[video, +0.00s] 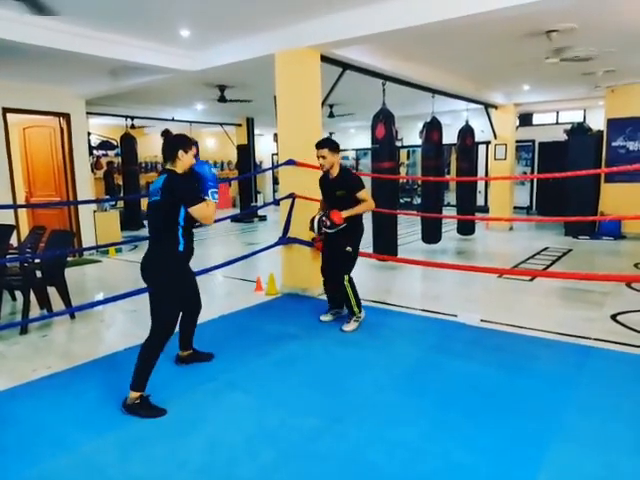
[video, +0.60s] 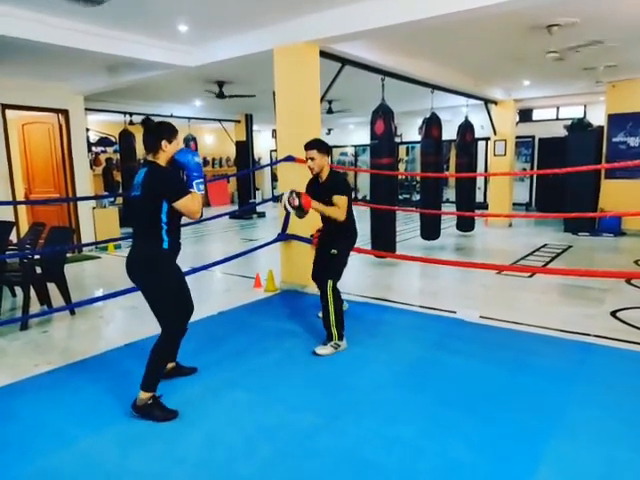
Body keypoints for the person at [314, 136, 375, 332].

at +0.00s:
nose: (320, 162)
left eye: (323, 157)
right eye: (318, 158)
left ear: (336, 156)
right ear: (319, 158)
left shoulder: (351, 178)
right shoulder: (323, 180)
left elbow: (369, 204)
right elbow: (325, 204)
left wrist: (344, 214)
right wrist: (319, 218)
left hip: (351, 229)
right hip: (332, 229)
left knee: (342, 271)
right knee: (327, 270)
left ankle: (357, 313)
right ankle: (336, 307)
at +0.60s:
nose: (309, 164)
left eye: (312, 159)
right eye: (307, 160)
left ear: (326, 157)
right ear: (309, 161)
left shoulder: (339, 180)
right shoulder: (312, 183)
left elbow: (341, 214)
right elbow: (303, 212)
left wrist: (311, 204)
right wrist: (295, 203)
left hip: (344, 233)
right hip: (326, 231)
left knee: (327, 281)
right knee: (318, 275)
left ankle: (336, 339)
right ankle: (336, 304)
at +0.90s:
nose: (308, 151)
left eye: (310, 147)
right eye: (306, 148)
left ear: (322, 145)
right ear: (310, 149)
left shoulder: (336, 167)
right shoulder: (313, 168)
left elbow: (321, 183)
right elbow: (285, 182)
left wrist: (309, 155)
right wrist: (284, 158)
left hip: (338, 229)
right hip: (323, 228)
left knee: (328, 281)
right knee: (321, 279)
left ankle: (336, 336)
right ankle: (335, 318)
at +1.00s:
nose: (307, 150)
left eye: (310, 145)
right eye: (305, 146)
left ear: (321, 144)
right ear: (307, 148)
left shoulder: (335, 166)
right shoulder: (311, 167)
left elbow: (321, 183)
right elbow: (285, 184)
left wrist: (310, 156)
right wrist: (282, 161)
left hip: (336, 228)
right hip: (321, 228)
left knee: (327, 280)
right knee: (321, 278)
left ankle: (336, 335)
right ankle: (335, 317)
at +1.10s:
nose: (305, 149)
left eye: (307, 144)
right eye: (303, 146)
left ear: (319, 142)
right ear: (307, 146)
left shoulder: (331, 164)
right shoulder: (310, 166)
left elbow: (318, 182)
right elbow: (285, 185)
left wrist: (307, 155)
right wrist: (280, 163)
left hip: (335, 227)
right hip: (321, 227)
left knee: (328, 279)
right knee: (323, 277)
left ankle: (337, 334)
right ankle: (335, 316)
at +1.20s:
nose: (303, 149)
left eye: (307, 144)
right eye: (301, 145)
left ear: (319, 142)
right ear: (303, 146)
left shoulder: (330, 163)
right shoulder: (310, 165)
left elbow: (314, 176)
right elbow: (285, 184)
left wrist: (290, 154)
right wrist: (277, 160)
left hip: (334, 227)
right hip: (320, 226)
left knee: (327, 280)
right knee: (324, 277)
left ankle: (337, 334)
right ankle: (336, 316)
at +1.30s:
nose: (300, 147)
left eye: (303, 142)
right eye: (298, 143)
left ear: (317, 141)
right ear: (299, 144)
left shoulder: (328, 163)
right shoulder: (307, 165)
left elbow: (320, 182)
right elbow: (279, 179)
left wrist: (294, 161)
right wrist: (279, 155)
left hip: (333, 226)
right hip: (318, 225)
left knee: (327, 278)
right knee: (326, 275)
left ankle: (337, 333)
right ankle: (337, 314)